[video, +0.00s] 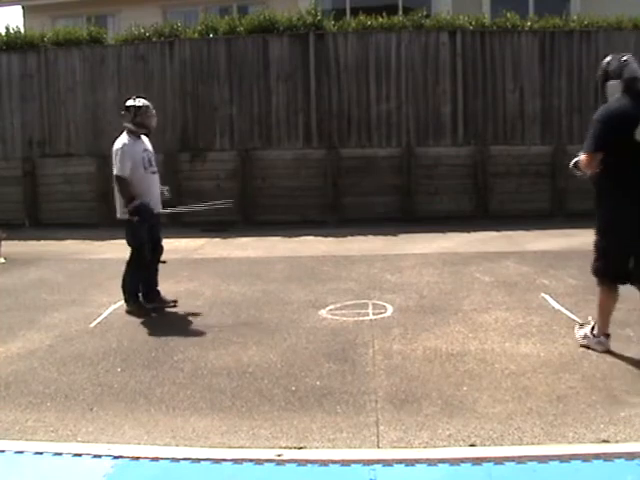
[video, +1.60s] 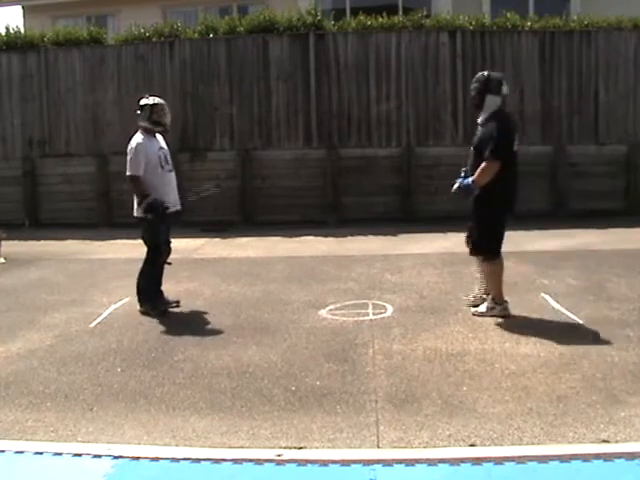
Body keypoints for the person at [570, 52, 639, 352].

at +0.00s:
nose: (604, 86)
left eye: (606, 81)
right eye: (604, 82)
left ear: (612, 81)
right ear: (633, 80)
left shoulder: (610, 114)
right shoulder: (635, 109)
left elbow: (590, 163)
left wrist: (583, 163)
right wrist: (595, 162)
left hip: (618, 209)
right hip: (634, 207)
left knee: (608, 271)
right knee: (614, 271)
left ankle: (600, 332)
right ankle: (600, 329)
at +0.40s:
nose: (568, 88)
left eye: (569, 83)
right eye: (569, 82)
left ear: (576, 83)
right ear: (598, 80)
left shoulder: (576, 114)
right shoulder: (615, 109)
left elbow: (549, 152)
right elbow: (597, 146)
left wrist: (543, 151)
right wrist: (558, 151)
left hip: (584, 202)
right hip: (611, 199)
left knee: (584, 264)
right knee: (598, 259)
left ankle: (595, 330)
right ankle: (606, 321)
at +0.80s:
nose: (539, 93)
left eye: (542, 88)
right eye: (541, 87)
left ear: (550, 90)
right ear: (567, 89)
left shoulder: (561, 118)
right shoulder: (575, 116)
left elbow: (551, 152)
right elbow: (568, 157)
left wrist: (528, 159)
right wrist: (537, 168)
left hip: (558, 202)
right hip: (575, 199)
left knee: (540, 258)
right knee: (563, 255)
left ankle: (577, 303)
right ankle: (565, 307)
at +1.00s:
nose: (522, 94)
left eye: (526, 89)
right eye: (524, 89)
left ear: (536, 91)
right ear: (548, 90)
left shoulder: (552, 118)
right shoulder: (545, 117)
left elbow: (560, 153)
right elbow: (547, 155)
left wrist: (533, 172)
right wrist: (527, 169)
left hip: (545, 199)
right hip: (555, 197)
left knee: (522, 249)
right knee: (559, 253)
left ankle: (534, 303)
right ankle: (564, 309)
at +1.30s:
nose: (491, 98)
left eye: (495, 94)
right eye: (492, 93)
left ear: (506, 97)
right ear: (512, 96)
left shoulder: (515, 125)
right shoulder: (515, 122)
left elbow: (518, 166)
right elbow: (512, 160)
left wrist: (493, 182)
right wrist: (493, 167)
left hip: (513, 199)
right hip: (524, 198)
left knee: (496, 249)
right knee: (524, 250)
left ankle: (497, 300)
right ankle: (554, 294)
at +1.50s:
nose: (479, 97)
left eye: (482, 92)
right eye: (480, 92)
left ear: (492, 95)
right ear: (500, 96)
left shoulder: (502, 125)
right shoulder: (496, 122)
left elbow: (498, 164)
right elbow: (490, 157)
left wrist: (476, 183)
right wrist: (474, 171)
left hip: (499, 196)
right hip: (497, 195)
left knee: (489, 247)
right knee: (492, 244)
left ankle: (497, 300)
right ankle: (511, 286)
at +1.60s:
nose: (472, 96)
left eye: (476, 91)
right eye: (473, 90)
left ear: (488, 94)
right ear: (490, 95)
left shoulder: (499, 123)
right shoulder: (487, 121)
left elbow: (494, 162)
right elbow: (481, 155)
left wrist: (472, 182)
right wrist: (468, 173)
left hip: (496, 195)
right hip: (487, 193)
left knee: (488, 245)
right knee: (477, 241)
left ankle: (497, 300)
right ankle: (487, 289)